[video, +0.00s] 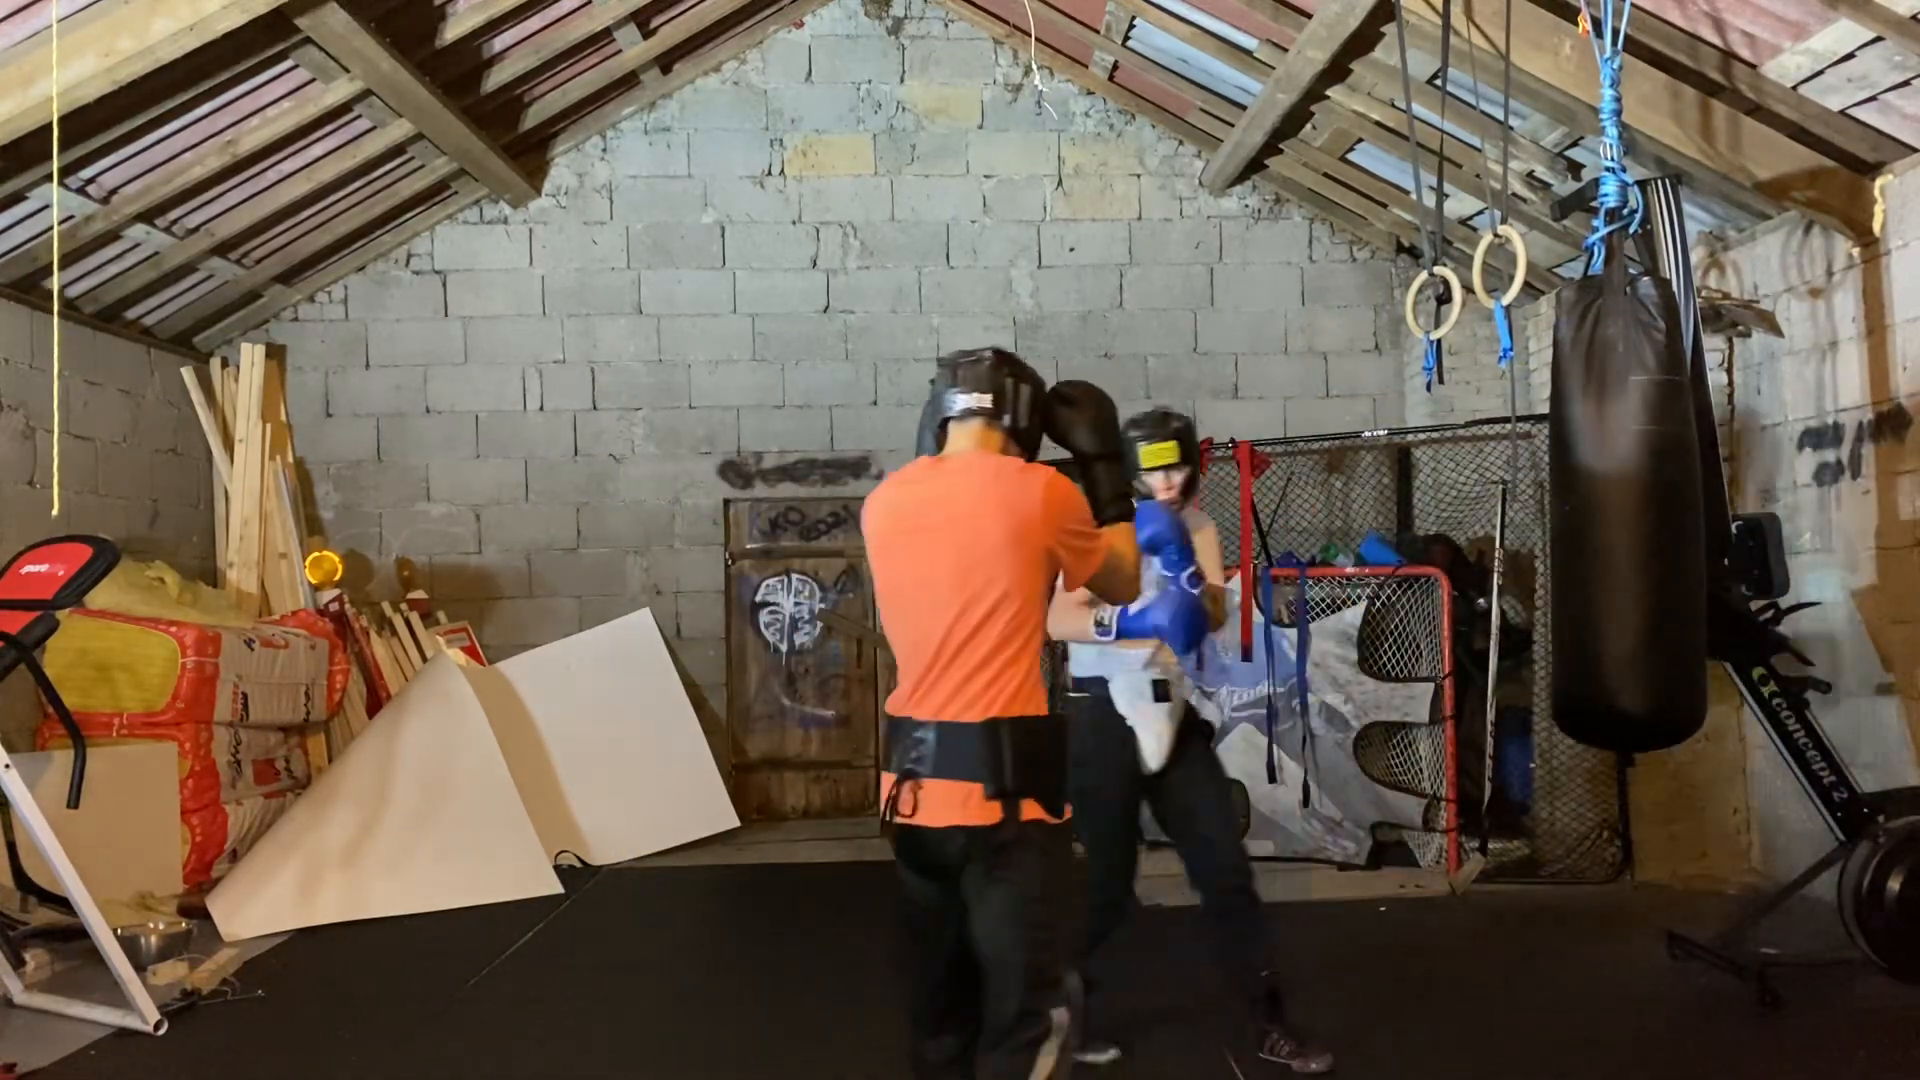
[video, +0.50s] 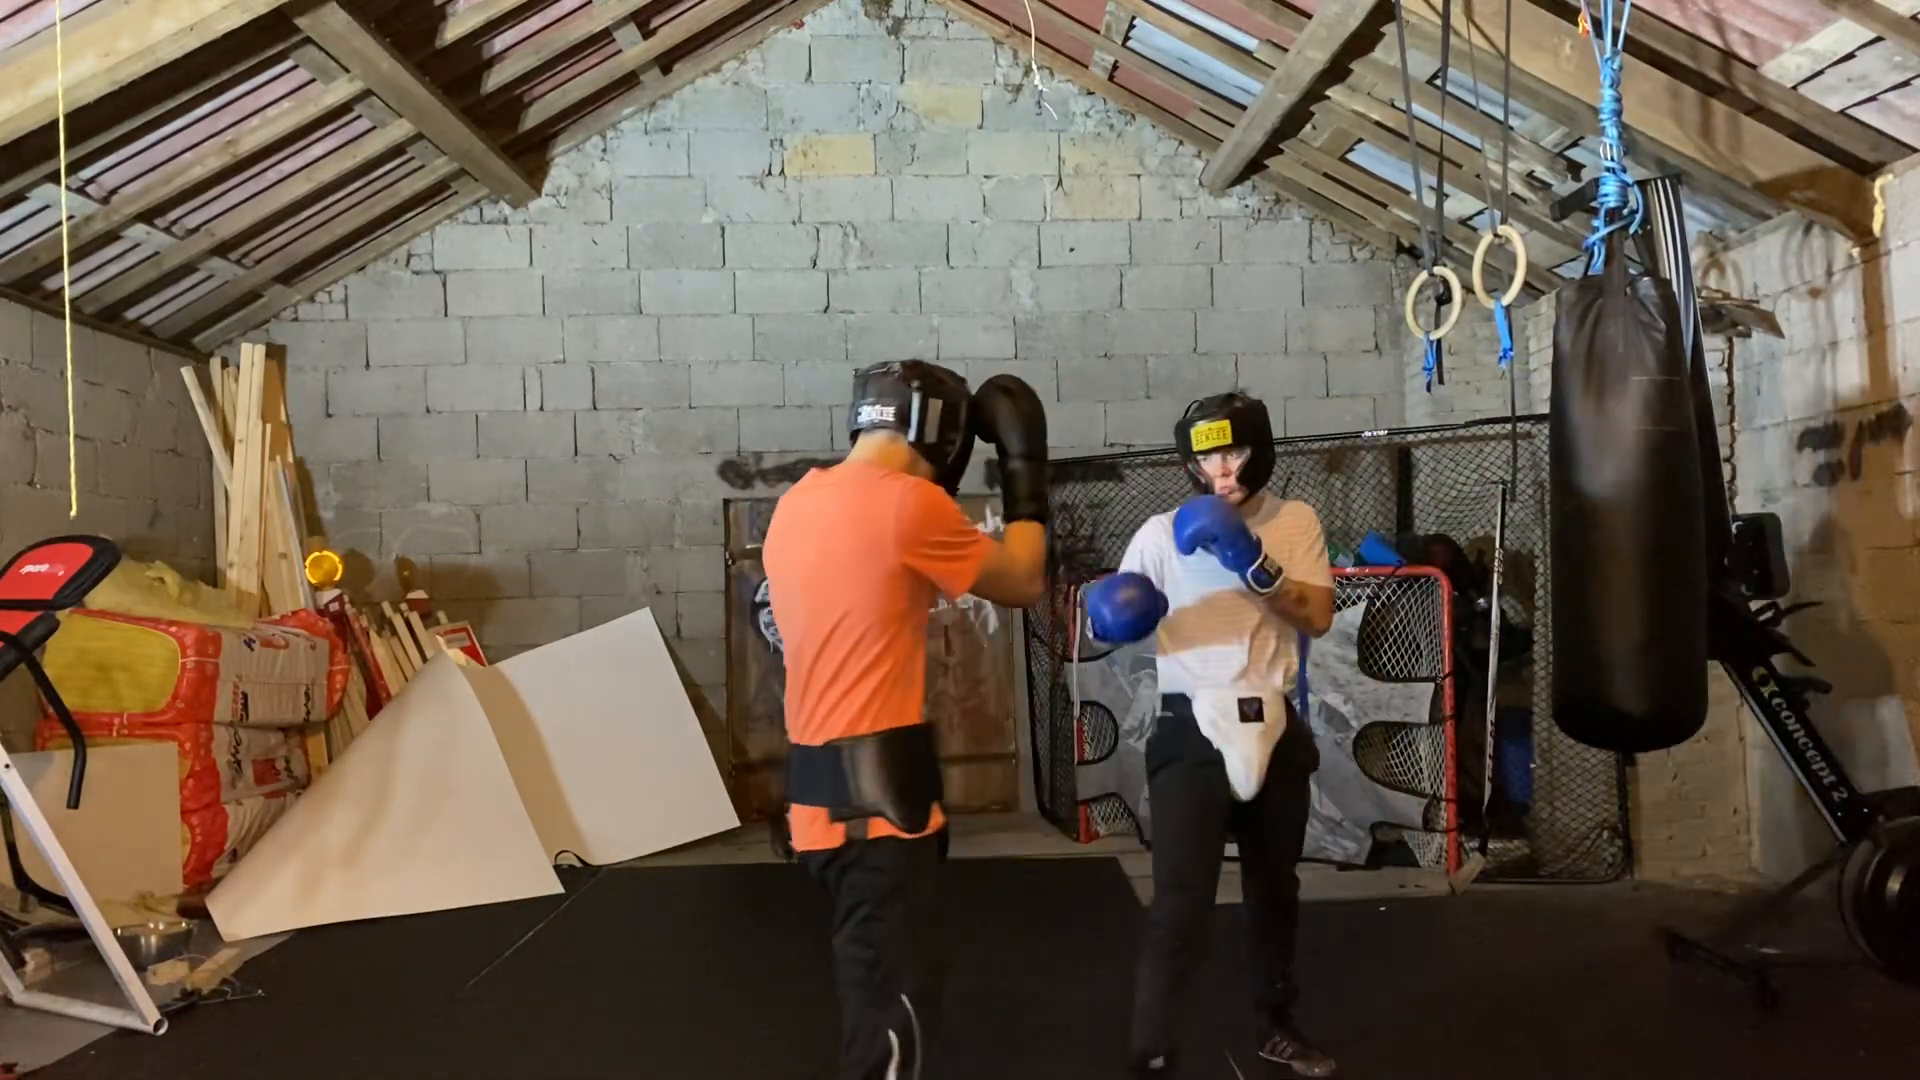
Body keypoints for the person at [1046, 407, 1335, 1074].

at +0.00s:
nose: (1169, 483)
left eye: (1179, 469)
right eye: (1155, 472)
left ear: (1195, 469)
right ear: (1129, 475)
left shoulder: (1198, 529)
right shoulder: (1103, 531)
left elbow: (1218, 617)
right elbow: (1058, 619)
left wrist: (1198, 584)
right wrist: (1133, 635)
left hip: (1172, 708)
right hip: (1097, 711)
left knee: (1224, 867)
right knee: (1108, 879)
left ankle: (1265, 1028)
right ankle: (1073, 1015)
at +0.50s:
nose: (1226, 471)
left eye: (1237, 455)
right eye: (1211, 459)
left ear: (1261, 453)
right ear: (1192, 464)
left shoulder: (1294, 523)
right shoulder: (1161, 534)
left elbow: (1319, 614)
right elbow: (1114, 620)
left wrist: (1256, 569)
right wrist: (1108, 620)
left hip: (1277, 727)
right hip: (1187, 729)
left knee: (1273, 892)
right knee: (1180, 900)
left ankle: (1275, 1030)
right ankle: (1150, 1058)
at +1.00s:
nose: (1230, 451)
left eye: (1244, 432)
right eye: (1216, 434)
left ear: (1282, 433)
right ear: (1201, 441)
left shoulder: (1331, 503)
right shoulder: (1169, 513)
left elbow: (1354, 620)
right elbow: (1114, 614)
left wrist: (1270, 555)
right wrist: (1114, 620)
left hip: (1315, 733)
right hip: (1209, 737)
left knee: (1383, 922)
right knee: (1184, 936)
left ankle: (1436, 1054)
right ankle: (1156, 1068)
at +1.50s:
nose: (1280, 414)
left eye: (1291, 389)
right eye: (1274, 397)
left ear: (1348, 386)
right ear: (1285, 411)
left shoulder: (1442, 476)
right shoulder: (1282, 490)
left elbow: (1429, 594)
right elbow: (1255, 610)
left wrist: (1310, 501)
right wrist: (1192, 576)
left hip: (1423, 754)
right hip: (1306, 755)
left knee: (1452, 964)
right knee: (1265, 973)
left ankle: (1489, 1076)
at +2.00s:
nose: (1129, 398)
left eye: (1140, 371)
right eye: (1127, 376)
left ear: (1210, 368)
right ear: (1211, 369)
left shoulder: (1312, 460)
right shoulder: (1157, 482)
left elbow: (1297, 601)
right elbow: (1111, 574)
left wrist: (1173, 516)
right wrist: (1018, 533)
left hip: (1310, 765)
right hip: (1195, 770)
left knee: (1341, 1029)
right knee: (1184, 1022)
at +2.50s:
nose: (1048, 371)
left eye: (1055, 347)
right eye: (1047, 350)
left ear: (1089, 348)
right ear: (1146, 347)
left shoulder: (1204, 463)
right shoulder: (1124, 485)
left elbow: (1127, 618)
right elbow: (1102, 602)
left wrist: (1040, 513)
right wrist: (1026, 504)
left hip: (1213, 801)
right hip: (1127, 799)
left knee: (1252, 1054)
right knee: (1077, 1040)